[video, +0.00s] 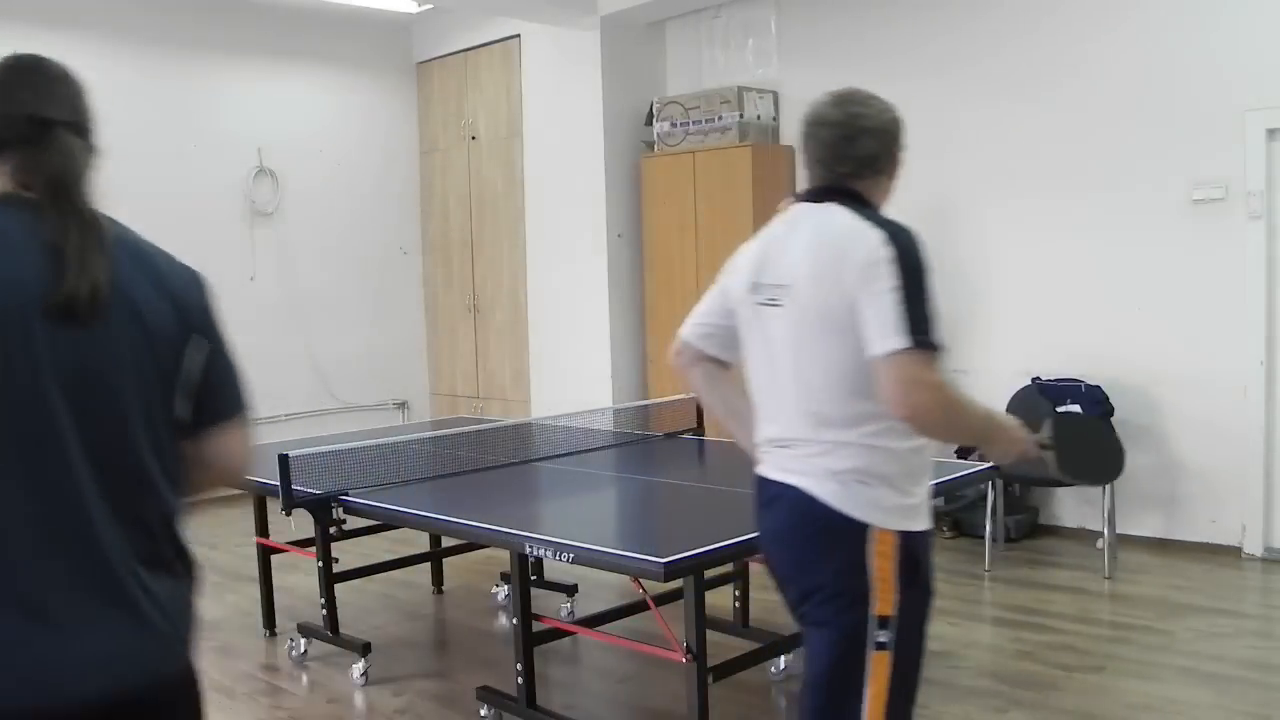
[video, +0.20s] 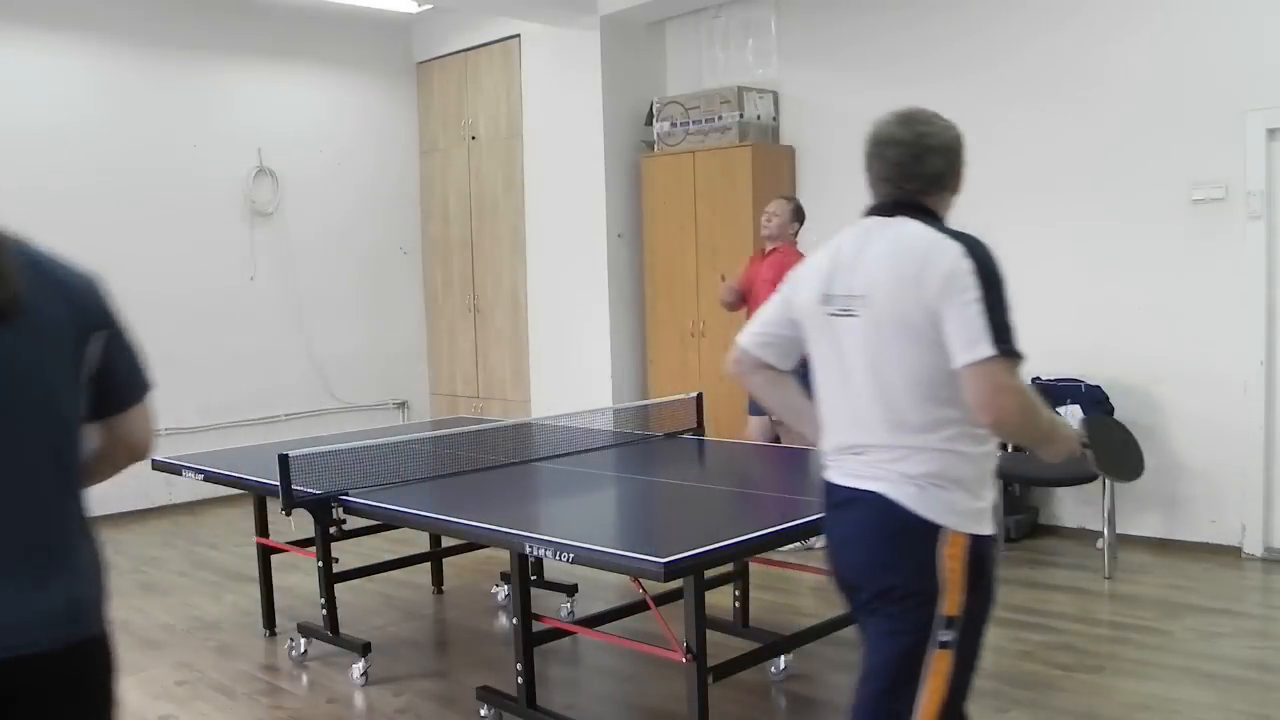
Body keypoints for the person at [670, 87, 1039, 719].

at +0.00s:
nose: (899, 165)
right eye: (897, 155)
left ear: (811, 161)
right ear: (890, 164)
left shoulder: (763, 245)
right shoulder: (880, 243)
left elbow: (694, 352)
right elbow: (911, 392)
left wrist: (764, 442)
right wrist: (996, 433)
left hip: (782, 506)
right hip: (862, 519)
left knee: (832, 692)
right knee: (867, 702)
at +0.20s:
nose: (962, 175)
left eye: (958, 164)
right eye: (959, 166)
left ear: (875, 176)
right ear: (952, 177)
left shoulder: (827, 260)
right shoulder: (955, 256)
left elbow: (748, 360)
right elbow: (995, 402)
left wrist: (831, 435)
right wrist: (1058, 440)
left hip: (849, 513)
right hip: (932, 524)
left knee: (897, 695)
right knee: (918, 705)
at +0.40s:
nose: (1005, 168)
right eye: (1002, 160)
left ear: (920, 170)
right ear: (997, 170)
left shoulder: (880, 255)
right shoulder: (1016, 244)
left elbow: (831, 381)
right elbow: (1060, 385)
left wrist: (906, 418)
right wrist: (1085, 420)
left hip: (903, 499)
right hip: (992, 505)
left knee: (936, 688)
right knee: (999, 692)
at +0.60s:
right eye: (1042, 158)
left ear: (962, 168)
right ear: (1039, 168)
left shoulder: (919, 252)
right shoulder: (1065, 241)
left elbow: (912, 381)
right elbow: (1125, 373)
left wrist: (980, 383)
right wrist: (1067, 382)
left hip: (942, 489)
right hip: (1038, 491)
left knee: (955, 681)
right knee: (1087, 672)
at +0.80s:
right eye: (1096, 165)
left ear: (1020, 173)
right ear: (1094, 174)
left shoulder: (977, 253)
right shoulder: (1128, 247)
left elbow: (955, 378)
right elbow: (1174, 379)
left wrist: (1029, 355)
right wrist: (1113, 368)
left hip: (994, 488)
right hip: (1095, 493)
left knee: (981, 680)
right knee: (1139, 679)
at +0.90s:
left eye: (1055, 167)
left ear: (1055, 176)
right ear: (1129, 180)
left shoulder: (1013, 256)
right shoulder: (1165, 254)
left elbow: (979, 377)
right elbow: (1214, 383)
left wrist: (1053, 380)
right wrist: (1181, 412)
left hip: (1033, 488)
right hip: (1132, 494)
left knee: (1016, 672)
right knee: (1165, 675)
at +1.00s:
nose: (1083, 175)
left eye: (1086, 167)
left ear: (1087, 173)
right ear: (1161, 178)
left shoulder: (1040, 253)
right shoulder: (1198, 255)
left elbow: (996, 365)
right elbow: (1245, 380)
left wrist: (1064, 384)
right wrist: (1242, 461)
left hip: (1063, 481)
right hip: (1163, 486)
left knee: (1046, 653)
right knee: (1186, 665)